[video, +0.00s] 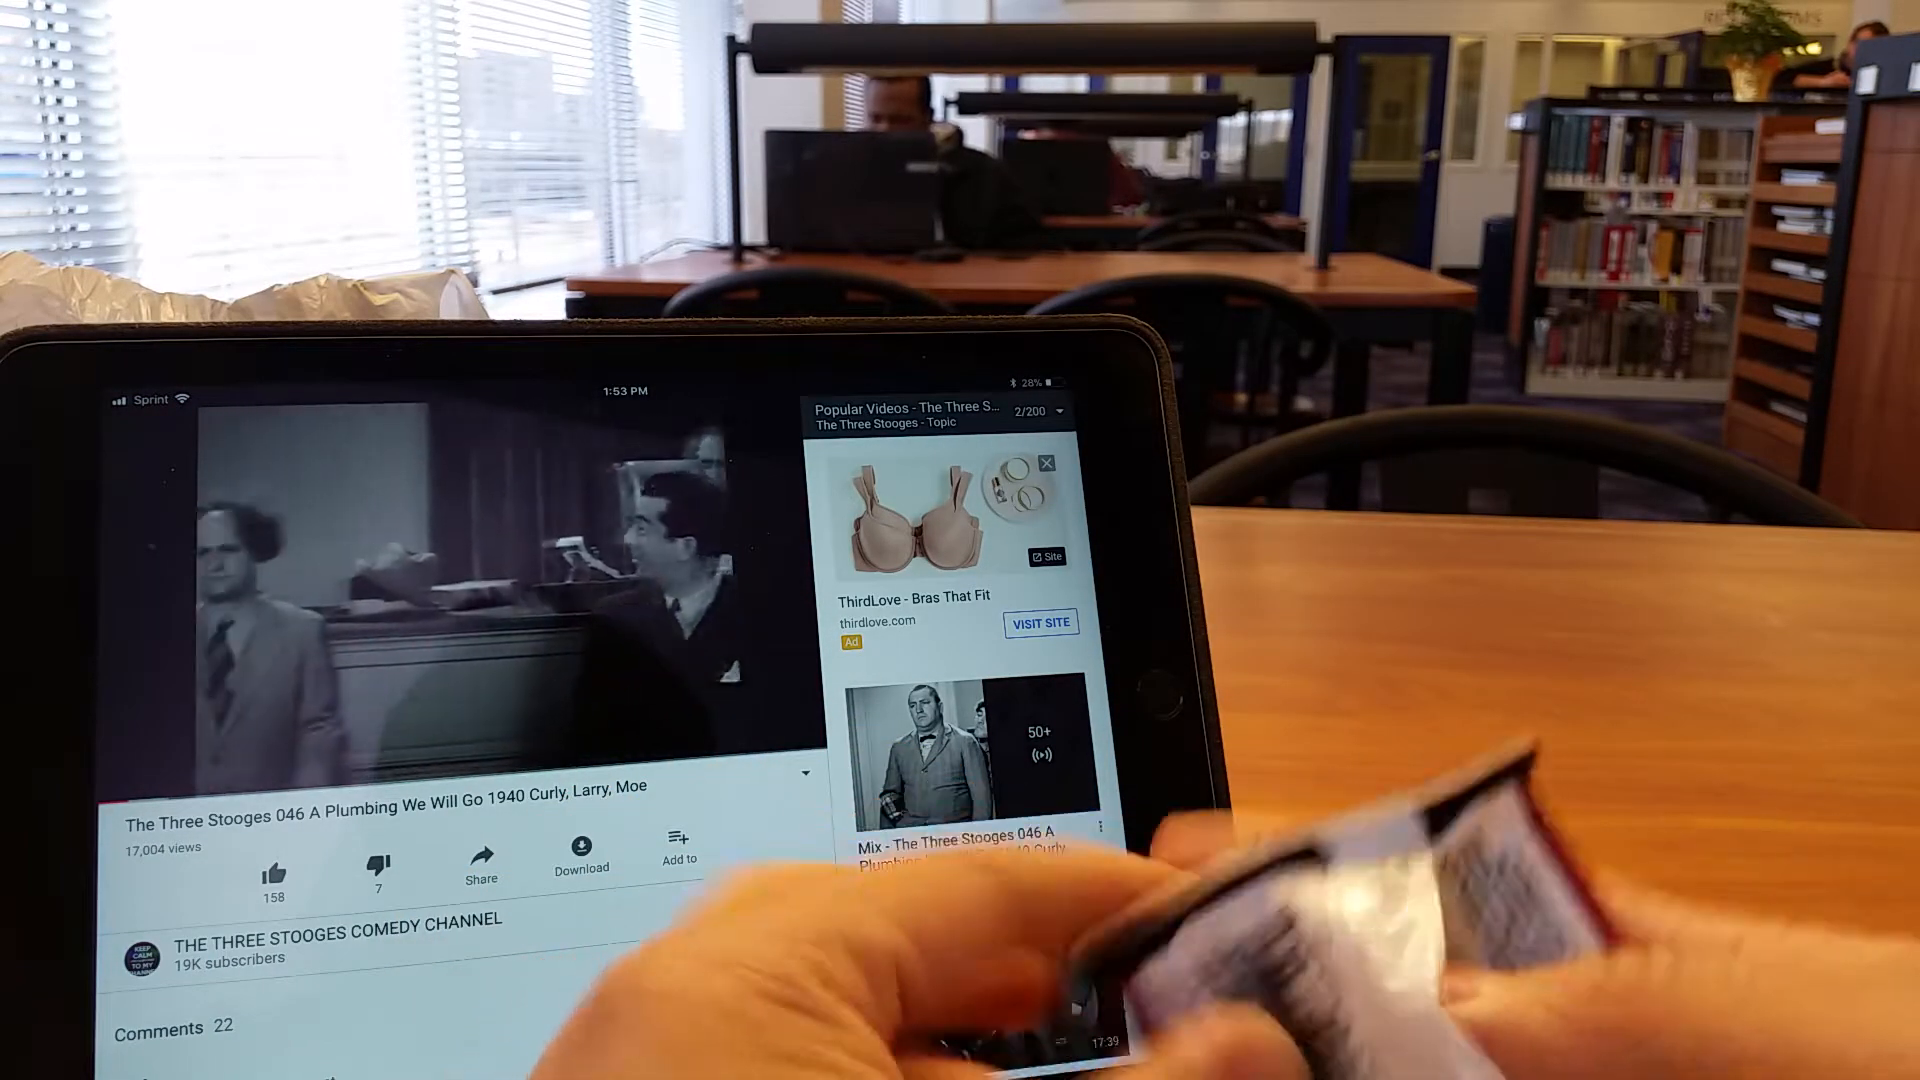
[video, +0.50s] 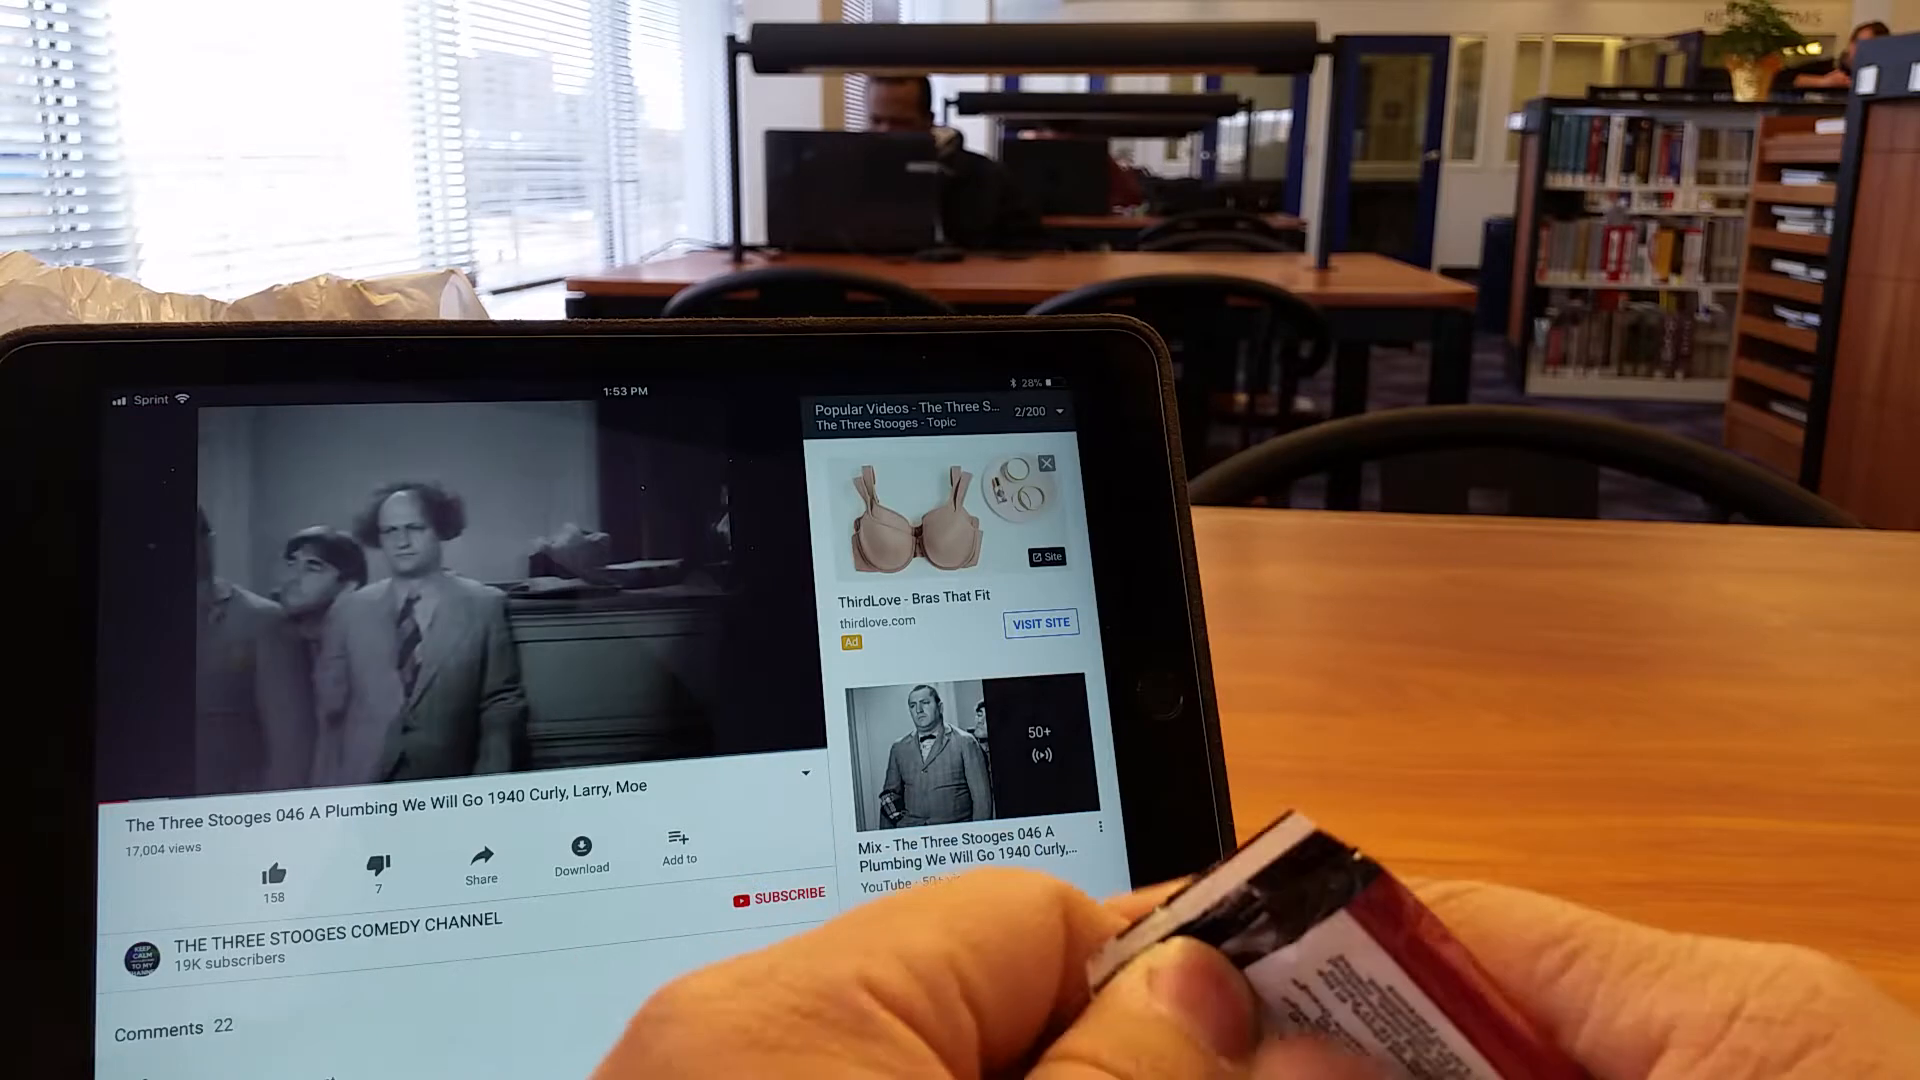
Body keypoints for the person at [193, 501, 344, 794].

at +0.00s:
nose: (215, 564)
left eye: (228, 550)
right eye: (203, 553)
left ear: (255, 552)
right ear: (191, 560)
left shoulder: (302, 630)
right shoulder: (185, 627)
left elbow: (320, 727)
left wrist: (308, 805)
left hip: (269, 805)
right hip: (186, 804)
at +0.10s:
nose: (250, 561)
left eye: (264, 547)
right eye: (239, 550)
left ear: (289, 550)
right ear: (226, 560)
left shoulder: (336, 626)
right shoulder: (204, 628)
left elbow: (354, 724)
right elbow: (187, 722)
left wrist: (340, 804)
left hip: (305, 802)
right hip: (216, 802)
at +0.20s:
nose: (283, 557)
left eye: (296, 543)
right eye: (271, 546)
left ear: (322, 547)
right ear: (259, 555)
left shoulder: (369, 622)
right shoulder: (228, 627)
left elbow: (384, 718)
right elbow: (206, 725)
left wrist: (369, 795)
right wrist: (209, 800)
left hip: (334, 800)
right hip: (242, 801)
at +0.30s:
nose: (331, 551)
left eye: (344, 538)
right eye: (320, 540)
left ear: (370, 542)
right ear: (309, 549)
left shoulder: (417, 616)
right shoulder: (277, 620)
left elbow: (432, 718)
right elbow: (257, 718)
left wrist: (423, 800)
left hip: (380, 792)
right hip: (292, 792)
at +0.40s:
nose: (362, 547)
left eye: (375, 534)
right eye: (350, 537)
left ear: (401, 538)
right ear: (338, 546)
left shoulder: (445, 611)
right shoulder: (308, 616)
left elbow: (463, 709)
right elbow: (288, 713)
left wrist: (452, 791)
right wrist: (286, 797)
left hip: (410, 791)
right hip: (321, 791)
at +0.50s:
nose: (402, 542)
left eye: (414, 529)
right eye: (390, 532)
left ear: (440, 533)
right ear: (379, 540)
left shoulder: (485, 605)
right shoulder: (350, 609)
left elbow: (502, 702)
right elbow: (331, 708)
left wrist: (489, 785)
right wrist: (326, 792)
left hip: (450, 786)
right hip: (362, 787)